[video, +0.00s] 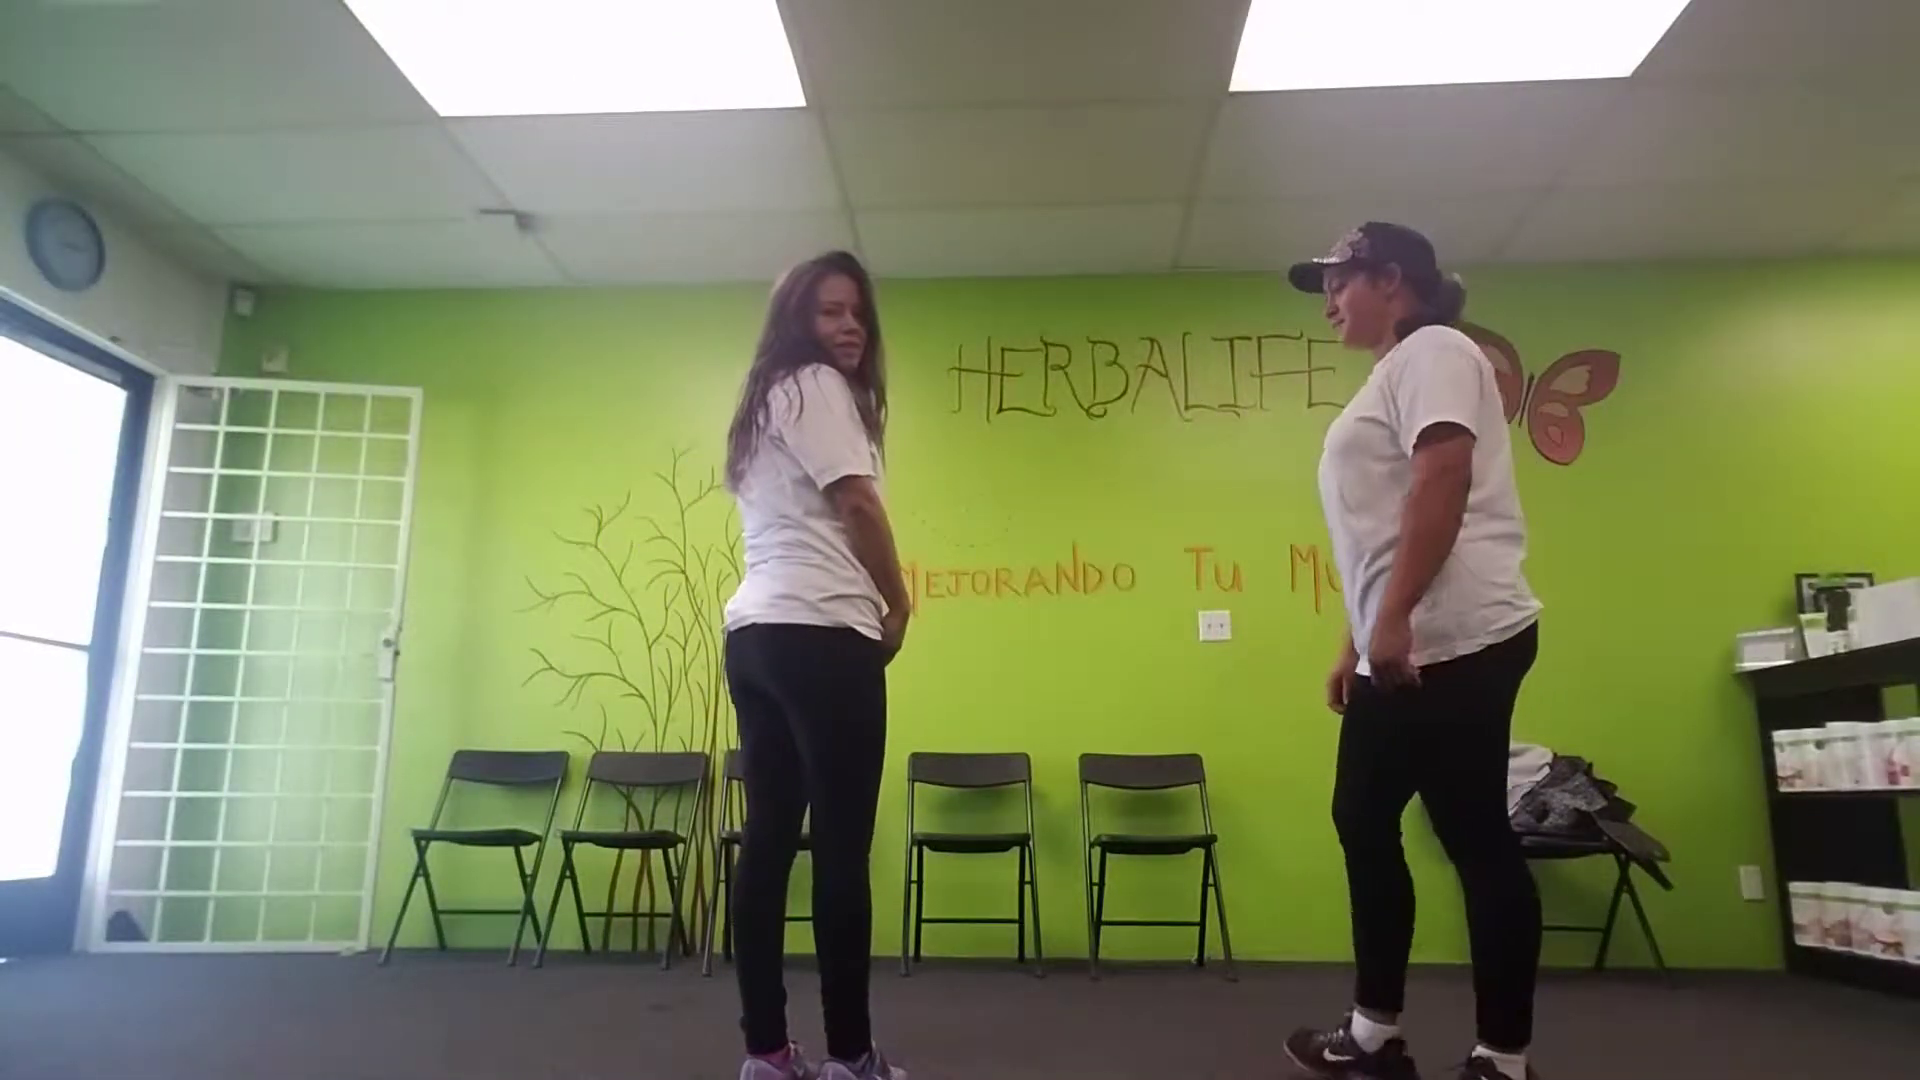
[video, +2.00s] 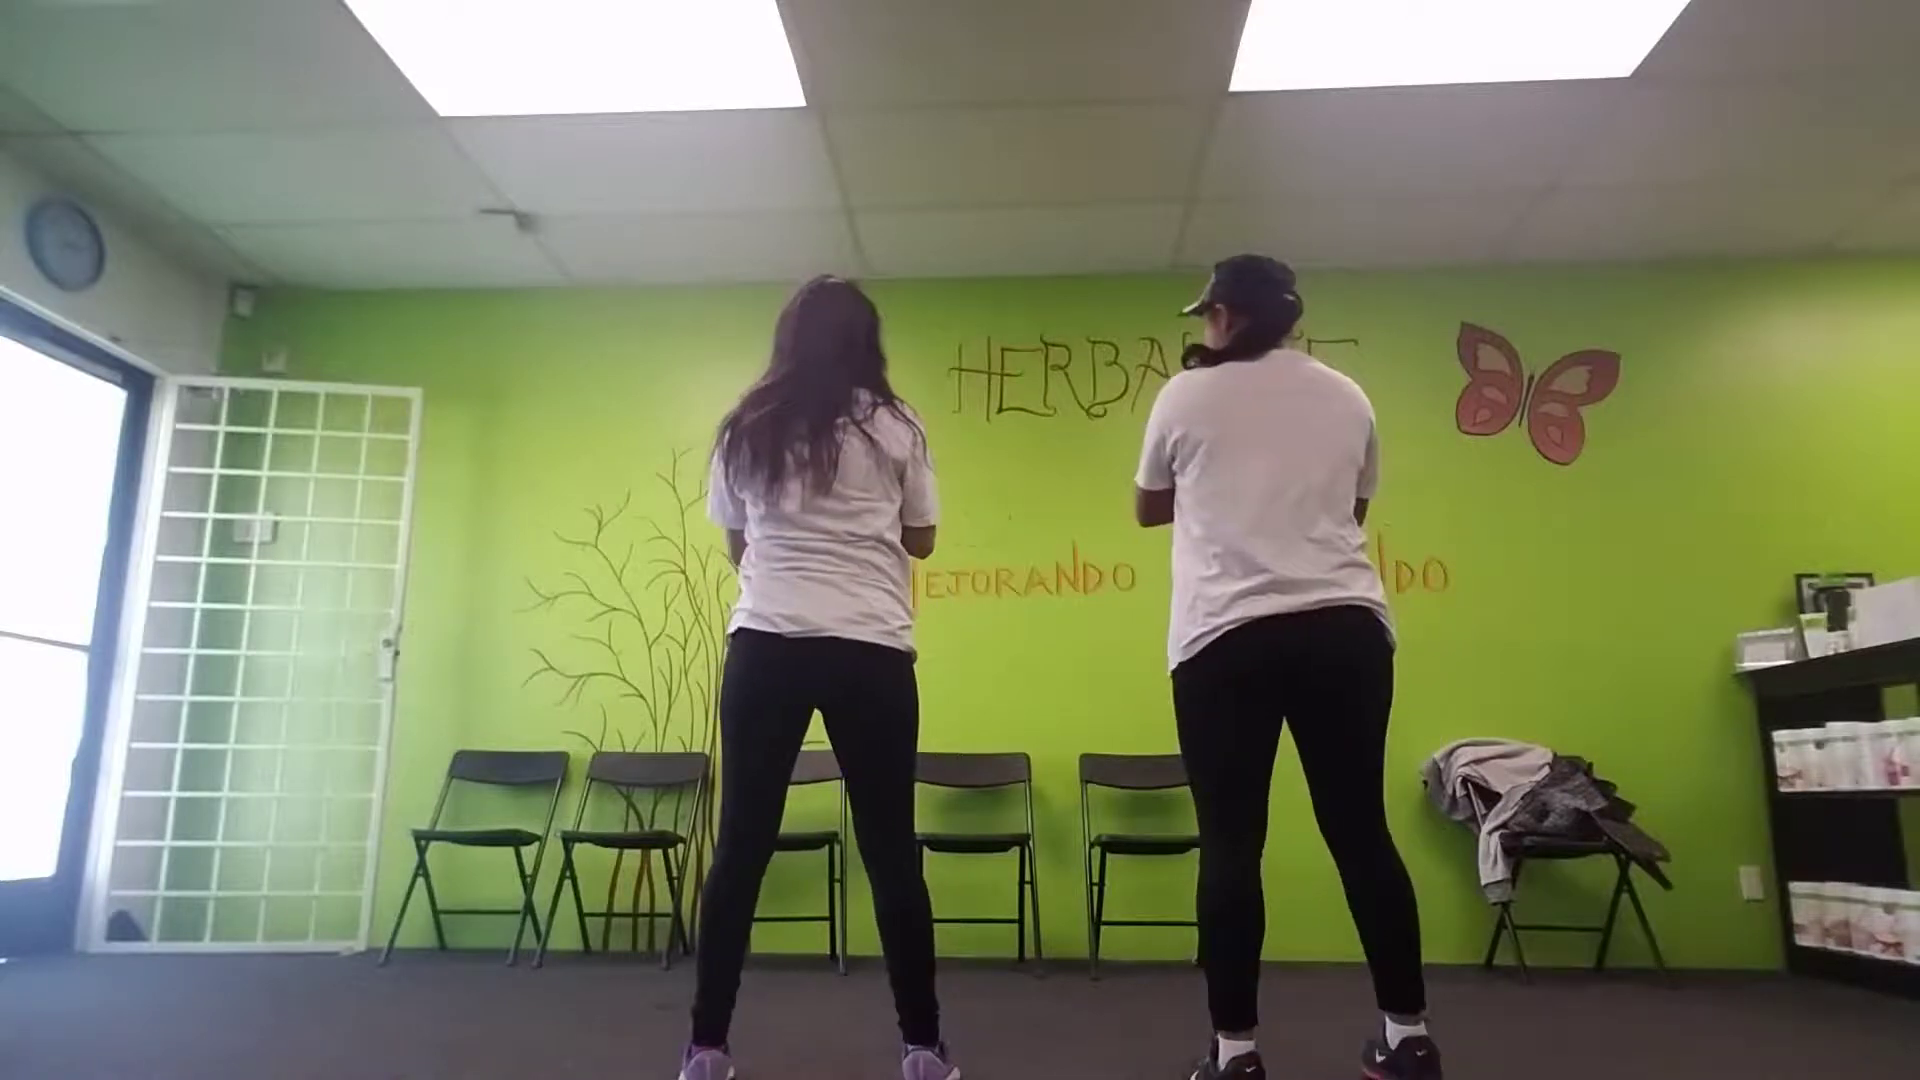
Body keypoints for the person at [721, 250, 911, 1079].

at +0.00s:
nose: (847, 325)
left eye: (855, 312)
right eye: (829, 312)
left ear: (866, 322)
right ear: (796, 320)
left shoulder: (767, 395)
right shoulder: (818, 386)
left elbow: (778, 525)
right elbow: (856, 504)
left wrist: (865, 601)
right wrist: (899, 598)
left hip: (756, 633)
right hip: (821, 631)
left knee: (767, 840)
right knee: (843, 848)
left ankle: (765, 1051)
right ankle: (850, 1056)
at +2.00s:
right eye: (866, 337)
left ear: (786, 340)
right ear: (870, 346)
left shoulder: (748, 423)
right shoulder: (897, 423)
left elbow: (737, 549)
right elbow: (919, 540)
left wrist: (812, 528)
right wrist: (852, 502)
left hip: (766, 648)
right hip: (871, 652)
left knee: (741, 846)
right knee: (893, 854)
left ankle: (706, 1050)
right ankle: (924, 1052)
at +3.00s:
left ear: (810, 440)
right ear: (892, 441)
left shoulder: (774, 503)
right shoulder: (914, 509)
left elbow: (767, 590)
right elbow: (941, 613)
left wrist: (834, 572)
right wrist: (878, 567)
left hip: (771, 689)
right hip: (883, 697)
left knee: (722, 859)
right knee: (932, 861)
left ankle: (697, 1049)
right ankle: (936, 1049)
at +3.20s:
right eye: (890, 524)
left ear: (809, 527)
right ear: (889, 530)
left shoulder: (772, 586)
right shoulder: (907, 594)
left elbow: (764, 669)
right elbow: (940, 694)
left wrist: (829, 657)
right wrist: (876, 657)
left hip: (762, 766)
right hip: (880, 778)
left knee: (718, 875)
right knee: (950, 866)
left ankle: (701, 1039)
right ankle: (937, 1038)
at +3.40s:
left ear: (808, 615)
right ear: (887, 619)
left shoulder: (768, 678)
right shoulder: (904, 684)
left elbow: (759, 760)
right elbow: (941, 779)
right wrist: (884, 740)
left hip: (756, 874)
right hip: (870, 878)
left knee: (705, 880)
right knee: (964, 868)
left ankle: (701, 1036)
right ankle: (938, 1038)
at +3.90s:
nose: (892, 557)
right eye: (886, 547)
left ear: (805, 550)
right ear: (883, 555)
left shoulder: (765, 607)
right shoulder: (898, 612)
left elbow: (752, 686)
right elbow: (951, 698)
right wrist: (896, 655)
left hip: (750, 757)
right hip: (865, 762)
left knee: (717, 878)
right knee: (942, 874)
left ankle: (699, 1047)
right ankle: (934, 1048)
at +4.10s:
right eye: (887, 433)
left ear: (804, 434)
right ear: (886, 439)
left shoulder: (767, 503)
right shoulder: (909, 508)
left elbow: (739, 609)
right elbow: (963, 616)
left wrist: (794, 610)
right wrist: (895, 605)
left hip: (764, 678)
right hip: (875, 684)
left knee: (724, 854)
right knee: (929, 861)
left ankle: (699, 1049)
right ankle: (934, 1050)